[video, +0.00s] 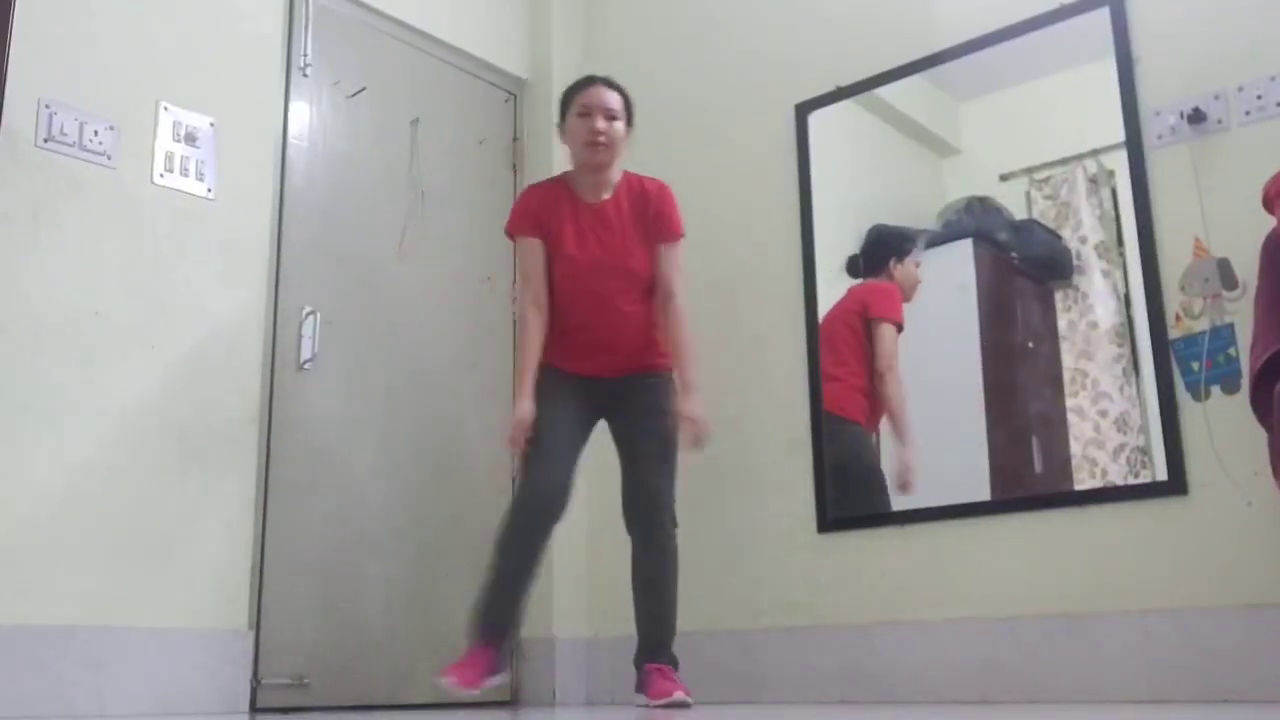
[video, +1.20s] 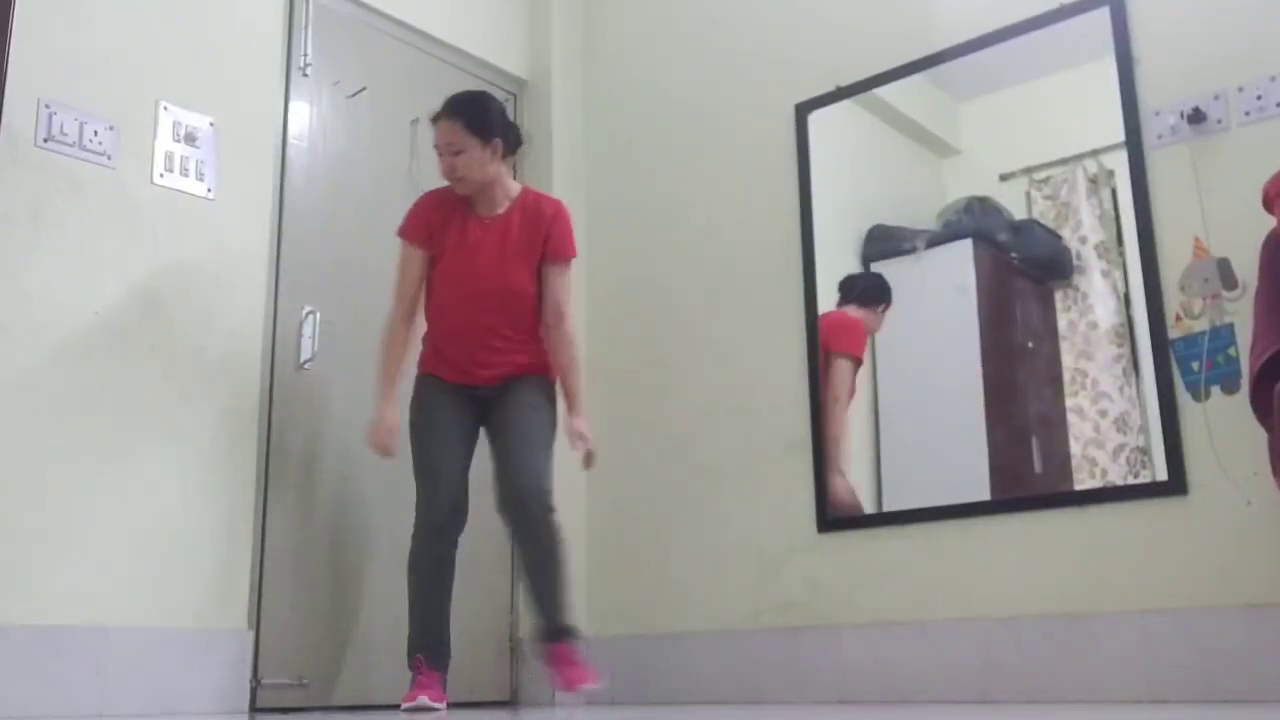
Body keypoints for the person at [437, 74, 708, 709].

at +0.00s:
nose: (600, 125)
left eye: (611, 116)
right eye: (587, 115)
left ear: (629, 133)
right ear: (563, 131)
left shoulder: (653, 200)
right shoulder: (538, 205)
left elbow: (670, 298)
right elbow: (533, 307)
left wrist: (688, 390)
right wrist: (524, 396)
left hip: (643, 378)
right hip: (564, 378)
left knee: (653, 514)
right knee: (539, 498)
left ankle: (658, 664)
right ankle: (488, 646)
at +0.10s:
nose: (614, 121)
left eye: (626, 112)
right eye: (601, 110)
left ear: (642, 128)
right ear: (578, 125)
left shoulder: (666, 197)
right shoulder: (551, 199)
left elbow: (701, 294)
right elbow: (516, 299)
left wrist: (729, 384)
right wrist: (500, 389)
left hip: (653, 372)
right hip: (574, 368)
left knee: (657, 512)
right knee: (575, 490)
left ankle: (658, 663)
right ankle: (562, 633)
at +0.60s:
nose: (597, 131)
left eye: (609, 120)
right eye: (585, 122)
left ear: (634, 132)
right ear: (571, 135)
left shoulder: (664, 203)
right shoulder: (551, 208)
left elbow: (693, 294)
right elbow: (536, 301)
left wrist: (674, 355)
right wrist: (545, 352)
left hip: (654, 376)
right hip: (581, 377)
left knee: (652, 513)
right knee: (548, 488)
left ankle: (657, 664)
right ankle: (574, 593)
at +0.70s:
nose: (572, 131)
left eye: (586, 119)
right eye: (562, 122)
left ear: (619, 127)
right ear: (554, 133)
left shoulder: (654, 194)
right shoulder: (542, 200)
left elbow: (667, 284)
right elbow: (534, 287)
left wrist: (606, 284)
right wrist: (565, 275)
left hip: (643, 372)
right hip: (566, 371)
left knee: (645, 510)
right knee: (513, 494)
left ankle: (656, 665)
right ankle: (509, 630)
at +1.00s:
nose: (485, 149)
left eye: (497, 136)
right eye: (479, 138)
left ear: (540, 136)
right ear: (479, 143)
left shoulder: (583, 201)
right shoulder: (472, 200)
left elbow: (584, 287)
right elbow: (468, 275)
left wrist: (534, 287)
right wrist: (497, 275)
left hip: (567, 381)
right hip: (486, 380)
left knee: (599, 514)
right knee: (462, 513)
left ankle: (648, 663)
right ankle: (430, 671)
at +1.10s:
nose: (460, 158)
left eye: (472, 146)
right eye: (455, 147)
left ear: (513, 144)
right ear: (454, 150)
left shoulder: (560, 211)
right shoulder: (449, 205)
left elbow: (565, 301)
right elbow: (437, 286)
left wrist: (547, 372)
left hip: (538, 378)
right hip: (463, 377)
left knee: (567, 514)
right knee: (444, 519)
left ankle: (627, 657)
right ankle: (428, 672)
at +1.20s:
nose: (444, 163)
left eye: (455, 151)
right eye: (439, 151)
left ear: (497, 149)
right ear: (442, 153)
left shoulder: (546, 216)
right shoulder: (433, 212)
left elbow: (559, 317)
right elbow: (405, 311)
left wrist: (576, 409)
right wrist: (387, 401)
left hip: (523, 381)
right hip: (444, 381)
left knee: (526, 500)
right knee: (439, 516)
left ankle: (560, 640)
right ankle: (427, 673)